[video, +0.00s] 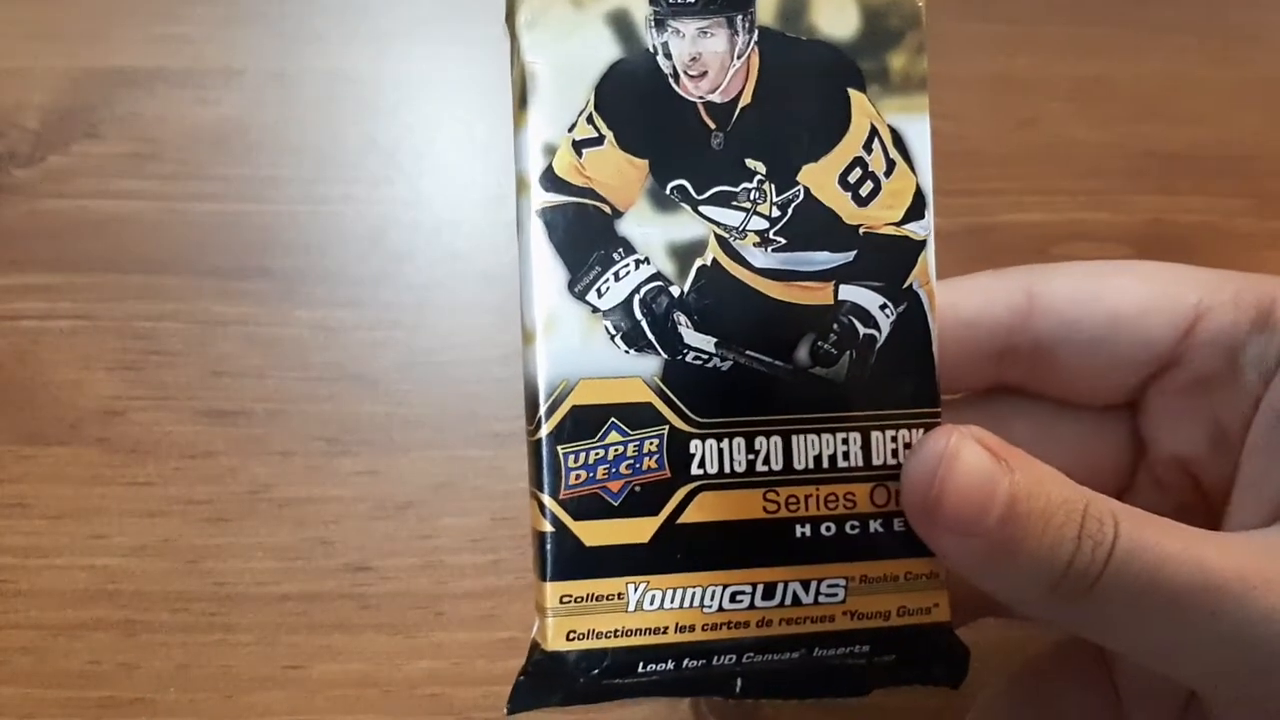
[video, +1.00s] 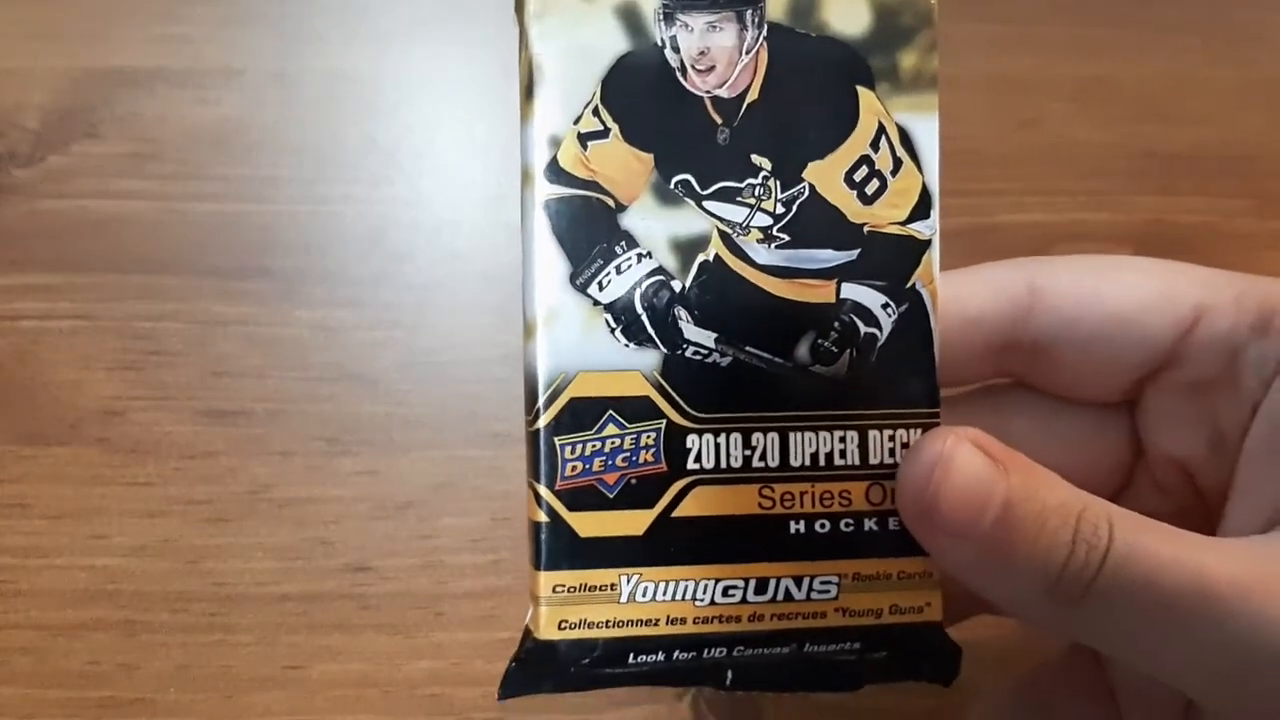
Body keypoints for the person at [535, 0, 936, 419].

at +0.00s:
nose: (688, 55)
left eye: (707, 33)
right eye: (673, 34)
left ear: (744, 30)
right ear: (657, 36)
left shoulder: (814, 84)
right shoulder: (634, 94)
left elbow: (899, 214)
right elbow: (569, 196)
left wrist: (858, 318)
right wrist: (628, 287)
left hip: (859, 282)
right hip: (741, 278)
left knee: (894, 444)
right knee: (678, 426)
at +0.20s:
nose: (712, 54)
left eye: (732, 32)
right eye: (696, 31)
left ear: (770, 29)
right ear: (679, 30)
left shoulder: (840, 85)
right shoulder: (655, 92)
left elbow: (922, 222)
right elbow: (587, 199)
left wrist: (879, 328)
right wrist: (643, 292)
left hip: (876, 294)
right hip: (759, 285)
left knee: (908, 455)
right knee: (696, 431)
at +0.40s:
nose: (696, 54)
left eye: (714, 32)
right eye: (680, 33)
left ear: (754, 28)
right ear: (664, 32)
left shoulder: (825, 86)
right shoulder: (638, 94)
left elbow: (908, 219)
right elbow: (571, 198)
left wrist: (865, 327)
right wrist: (628, 291)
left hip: (864, 288)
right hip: (745, 283)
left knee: (897, 450)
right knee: (682, 432)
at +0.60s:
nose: (706, 48)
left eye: (726, 26)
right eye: (690, 26)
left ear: (764, 24)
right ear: (674, 25)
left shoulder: (835, 81)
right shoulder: (649, 88)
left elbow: (916, 216)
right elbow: (580, 189)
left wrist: (873, 321)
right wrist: (638, 285)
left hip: (872, 285)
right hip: (755, 278)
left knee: (904, 450)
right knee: (686, 427)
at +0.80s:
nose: (697, 50)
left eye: (716, 27)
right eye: (681, 27)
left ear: (755, 25)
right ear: (664, 27)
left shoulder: (825, 82)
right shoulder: (640, 90)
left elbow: (908, 216)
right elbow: (573, 193)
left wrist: (865, 321)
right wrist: (631, 287)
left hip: (864, 282)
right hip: (747, 276)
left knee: (898, 444)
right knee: (680, 422)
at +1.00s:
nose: (696, 50)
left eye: (715, 28)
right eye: (681, 28)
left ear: (753, 25)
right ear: (665, 27)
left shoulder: (823, 82)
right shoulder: (639, 88)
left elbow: (903, 215)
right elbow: (574, 187)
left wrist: (859, 318)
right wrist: (629, 282)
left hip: (861, 280)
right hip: (744, 273)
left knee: (894, 439)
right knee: (676, 419)